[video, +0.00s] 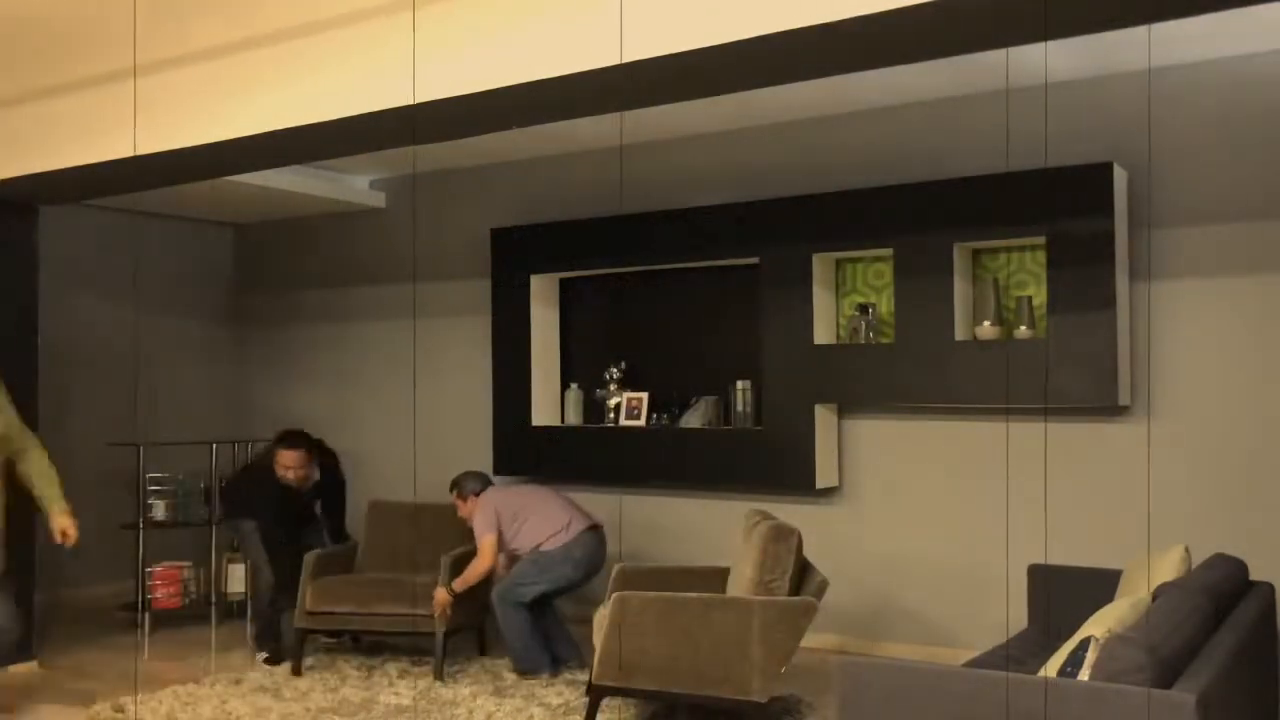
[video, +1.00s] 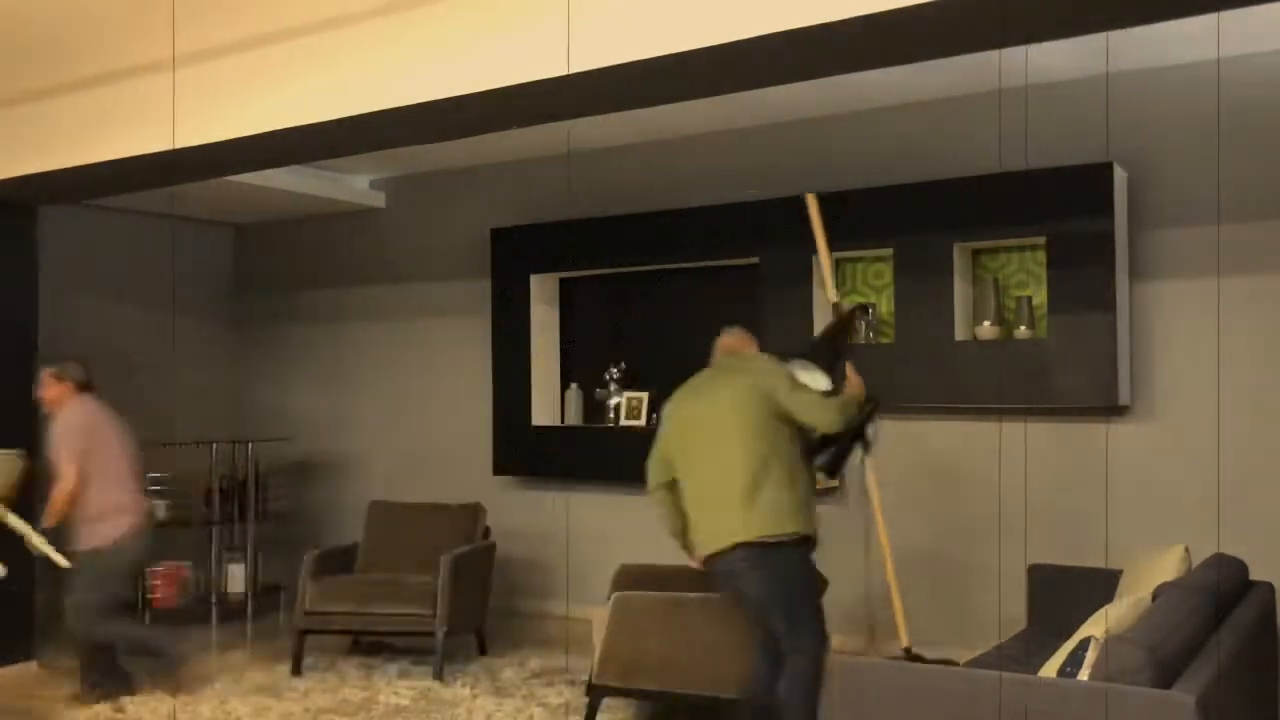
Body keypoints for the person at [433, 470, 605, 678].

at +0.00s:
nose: (459, 514)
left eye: (458, 505)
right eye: (457, 507)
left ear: (472, 498)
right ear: (482, 493)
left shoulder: (484, 505)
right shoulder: (506, 497)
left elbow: (485, 561)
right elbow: (505, 564)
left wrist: (450, 591)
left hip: (570, 548)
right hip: (590, 542)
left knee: (505, 596)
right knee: (534, 599)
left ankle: (533, 669)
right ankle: (570, 660)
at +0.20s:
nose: (447, 488)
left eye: (445, 481)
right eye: (443, 482)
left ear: (456, 473)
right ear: (470, 465)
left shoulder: (470, 485)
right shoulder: (493, 473)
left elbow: (475, 543)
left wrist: (450, 589)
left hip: (558, 525)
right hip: (578, 518)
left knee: (503, 586)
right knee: (539, 594)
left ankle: (533, 664)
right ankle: (568, 660)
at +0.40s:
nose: (390, 453)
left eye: (390, 444)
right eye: (388, 445)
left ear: (405, 441)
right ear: (415, 438)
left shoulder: (421, 463)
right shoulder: (438, 450)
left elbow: (432, 522)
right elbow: (487, 493)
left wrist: (430, 573)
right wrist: (464, 544)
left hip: (516, 516)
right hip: (532, 505)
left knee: (488, 596)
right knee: (515, 590)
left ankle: (510, 675)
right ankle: (555, 644)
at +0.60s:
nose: (507, 358)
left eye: (510, 349)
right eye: (505, 346)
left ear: (466, 334)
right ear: (489, 338)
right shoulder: (449, 372)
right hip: (459, 561)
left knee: (460, 676)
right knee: (510, 675)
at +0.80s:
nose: (645, 347)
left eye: (644, 338)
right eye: (641, 336)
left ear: (602, 339)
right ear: (620, 334)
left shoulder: (563, 393)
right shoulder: (622, 372)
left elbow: (539, 473)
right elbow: (662, 419)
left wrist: (565, 531)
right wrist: (722, 395)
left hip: (584, 548)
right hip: (624, 546)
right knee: (637, 662)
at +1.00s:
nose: (759, 353)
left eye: (755, 348)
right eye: (757, 347)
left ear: (714, 355)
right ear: (751, 347)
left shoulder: (677, 403)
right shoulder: (762, 371)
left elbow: (658, 481)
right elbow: (828, 417)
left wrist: (688, 541)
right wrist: (855, 395)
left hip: (717, 553)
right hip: (772, 545)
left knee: (765, 653)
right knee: (805, 645)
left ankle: (754, 711)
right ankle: (792, 712)